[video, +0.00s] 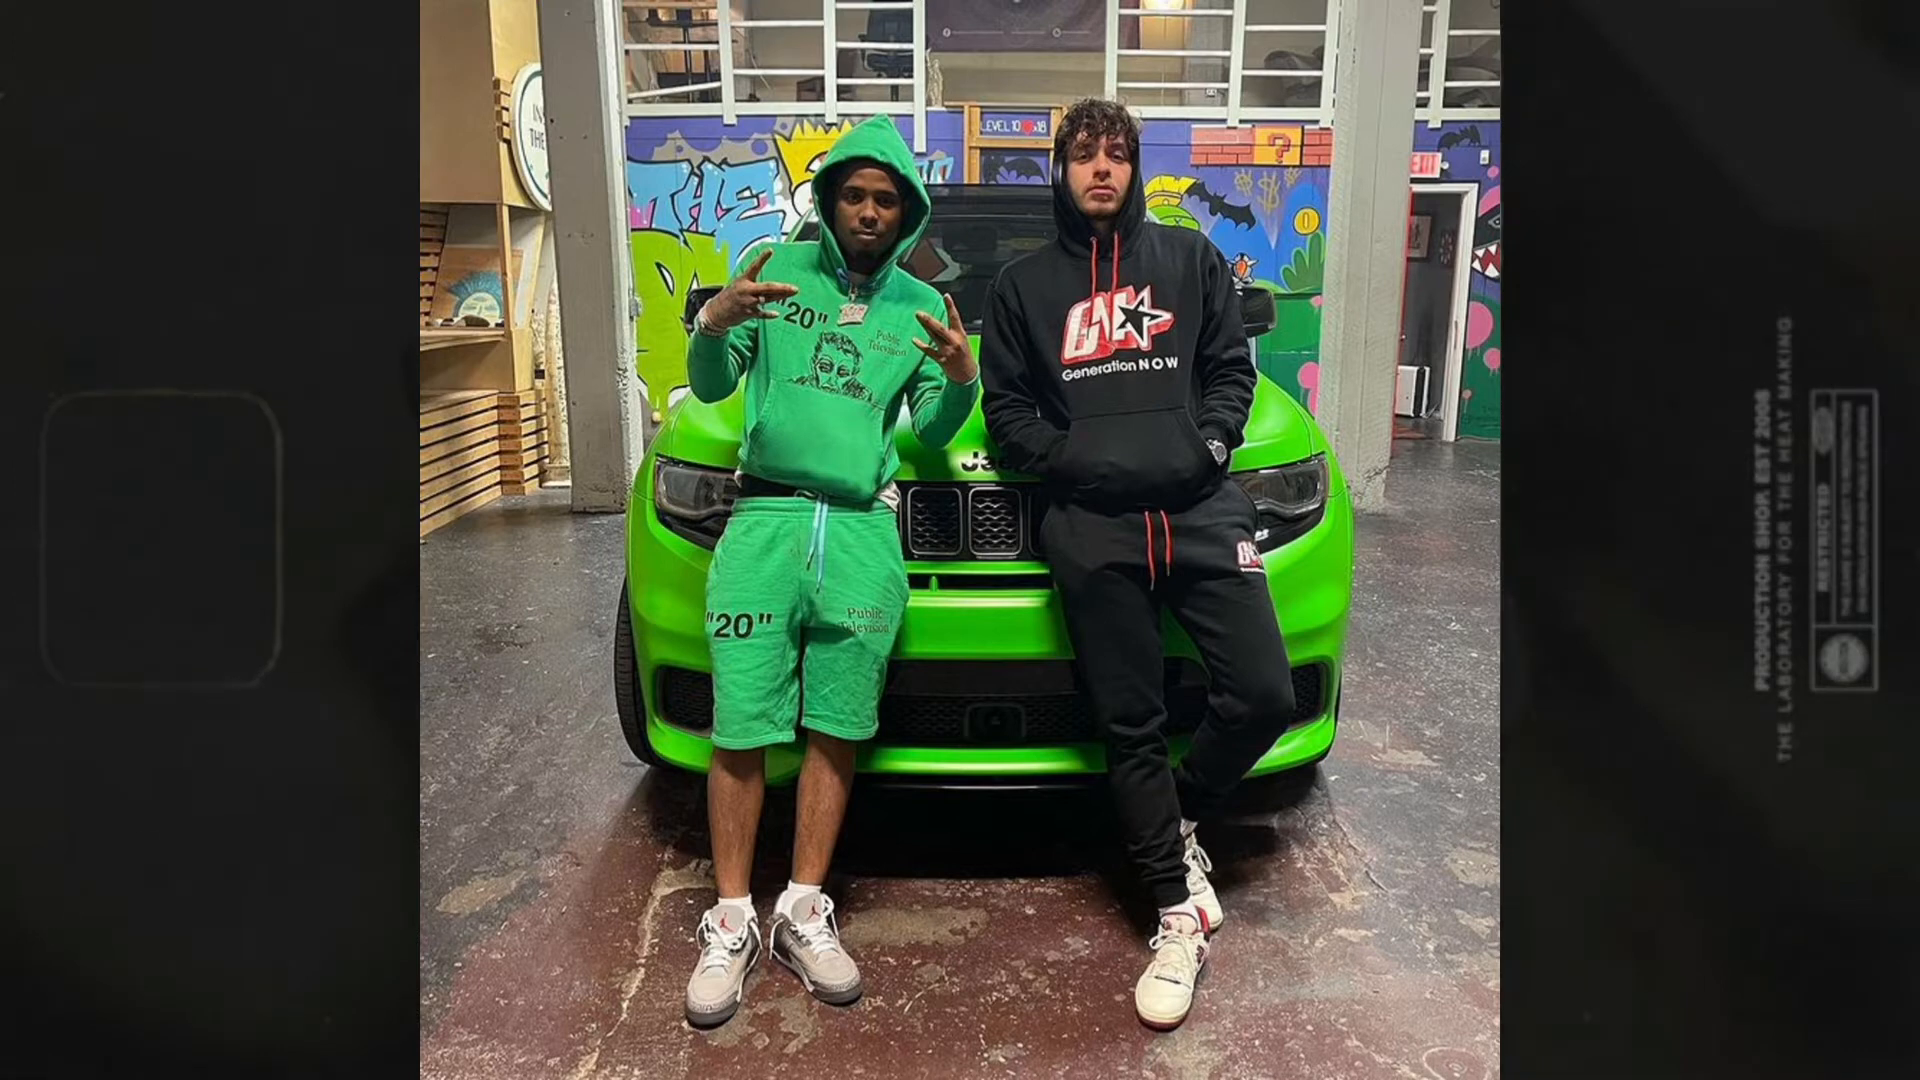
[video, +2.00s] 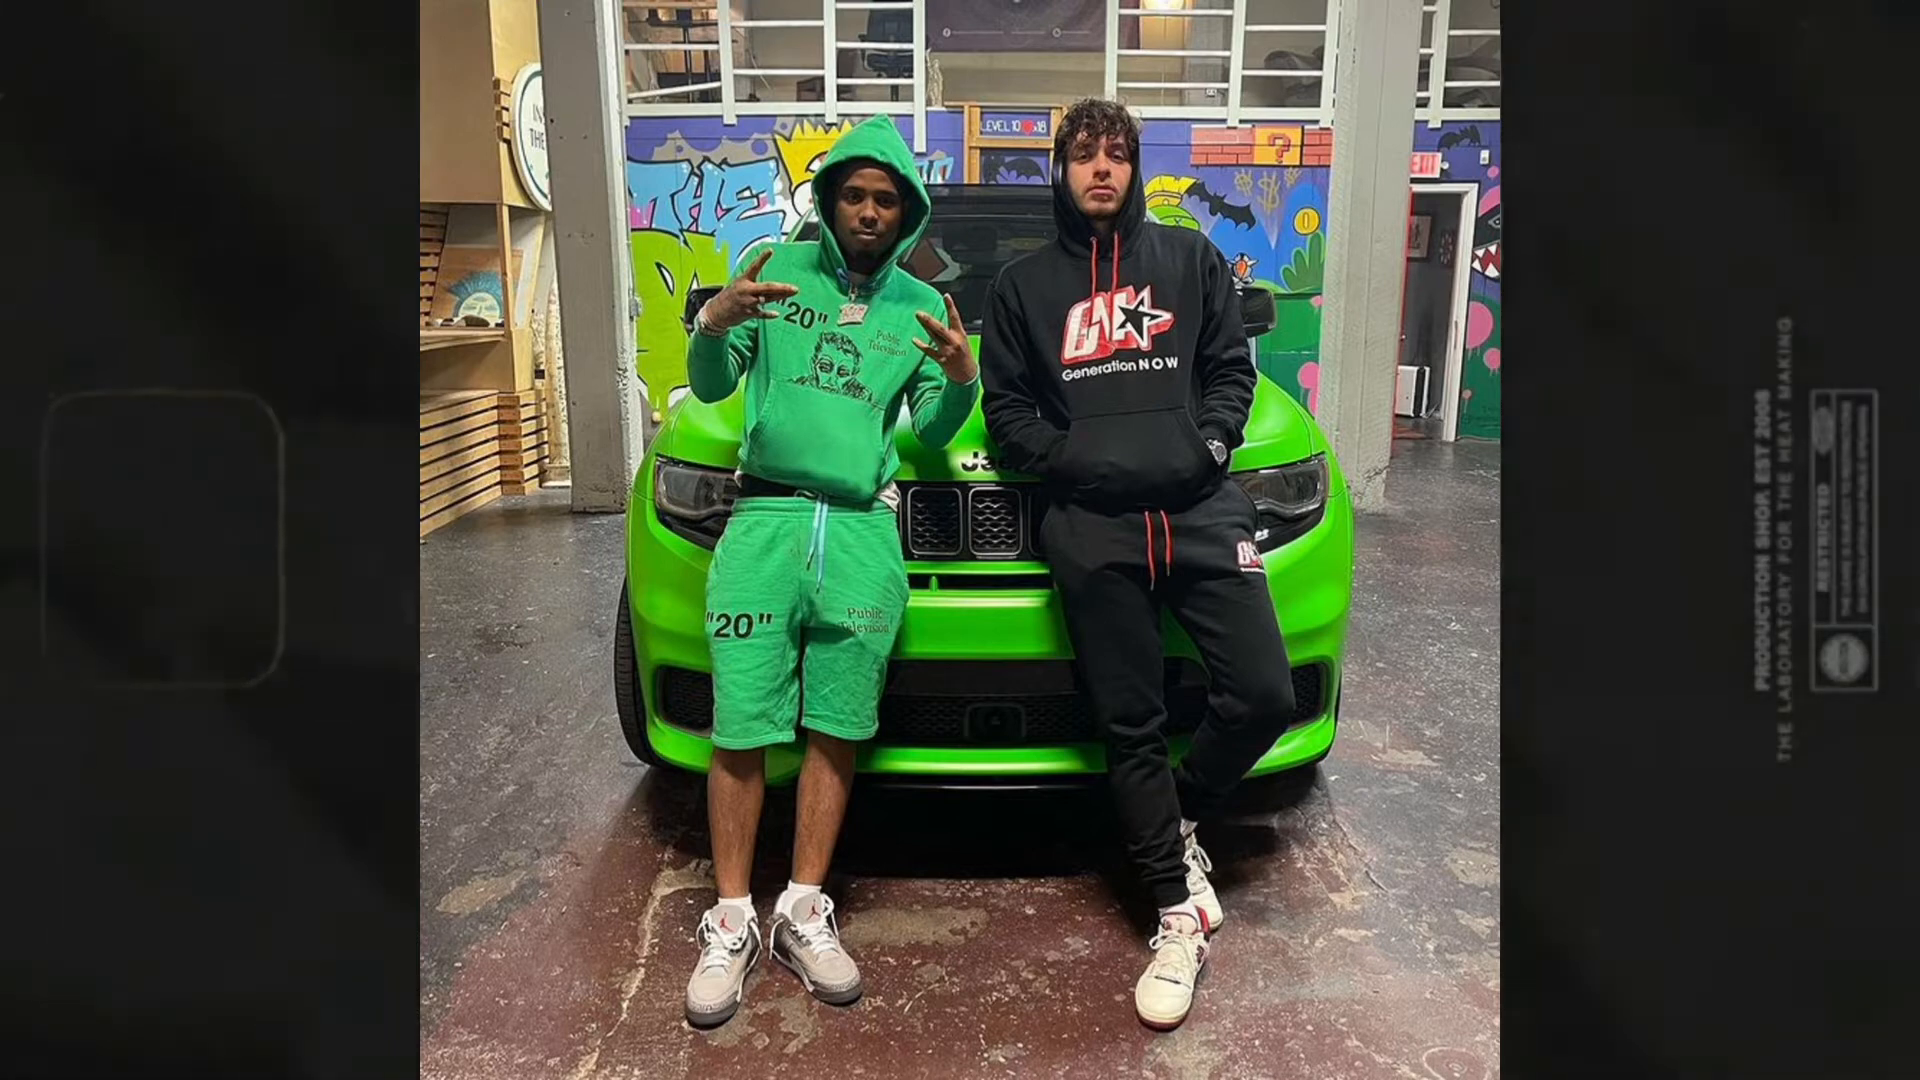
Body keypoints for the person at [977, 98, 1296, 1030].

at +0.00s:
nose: (1102, 171)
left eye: (1115, 158)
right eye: (1087, 158)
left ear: (1137, 171)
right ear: (1061, 172)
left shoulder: (1191, 256)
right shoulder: (1017, 280)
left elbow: (1232, 363)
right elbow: (1003, 403)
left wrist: (1209, 444)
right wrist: (1065, 457)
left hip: (1200, 503)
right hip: (1091, 514)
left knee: (1262, 692)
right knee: (1131, 719)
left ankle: (1180, 818)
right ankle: (1179, 917)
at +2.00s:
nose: (1102, 171)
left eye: (1116, 158)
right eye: (1088, 158)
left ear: (1137, 171)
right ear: (1062, 171)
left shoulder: (1191, 256)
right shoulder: (1018, 280)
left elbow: (1232, 364)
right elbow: (1004, 403)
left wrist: (1209, 444)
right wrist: (1065, 457)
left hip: (1200, 503)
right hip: (1091, 514)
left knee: (1262, 693)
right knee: (1131, 718)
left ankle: (1179, 819)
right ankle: (1179, 916)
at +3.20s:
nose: (1102, 171)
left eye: (1116, 158)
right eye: (1088, 158)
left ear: (1137, 171)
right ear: (1062, 171)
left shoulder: (1191, 256)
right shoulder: (1018, 280)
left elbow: (1232, 364)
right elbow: (1004, 403)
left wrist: (1209, 444)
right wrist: (1065, 457)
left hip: (1200, 503)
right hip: (1091, 514)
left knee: (1262, 693)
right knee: (1131, 718)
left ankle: (1179, 819)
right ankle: (1179, 917)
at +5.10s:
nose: (1102, 171)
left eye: (1116, 158)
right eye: (1088, 158)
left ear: (1137, 171)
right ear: (1062, 171)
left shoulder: (1191, 256)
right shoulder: (1017, 280)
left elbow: (1232, 364)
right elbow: (1004, 403)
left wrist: (1209, 444)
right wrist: (1066, 458)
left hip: (1200, 503)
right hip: (1091, 514)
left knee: (1262, 693)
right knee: (1131, 718)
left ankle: (1179, 819)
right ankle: (1179, 917)